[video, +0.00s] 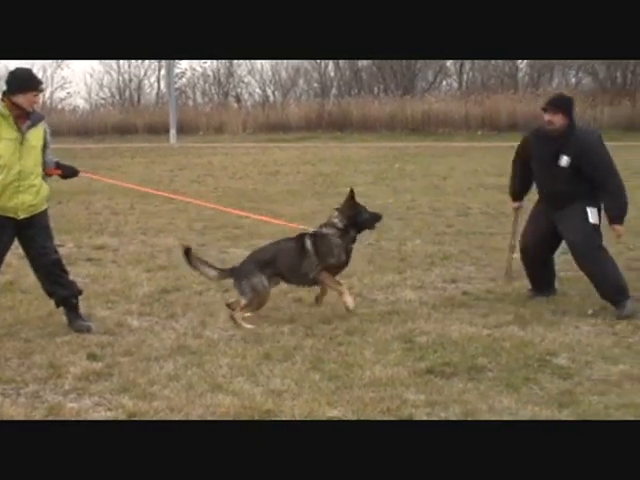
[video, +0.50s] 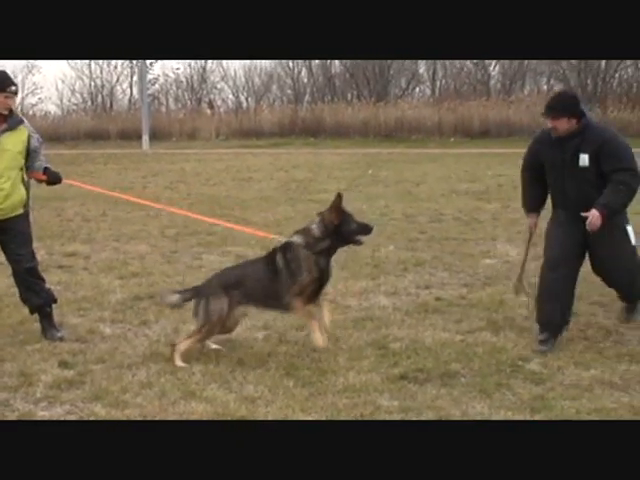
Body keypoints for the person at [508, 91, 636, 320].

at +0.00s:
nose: (548, 118)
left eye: (554, 114)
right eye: (546, 113)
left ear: (567, 117)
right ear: (542, 114)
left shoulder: (586, 141)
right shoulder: (534, 140)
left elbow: (609, 178)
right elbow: (521, 166)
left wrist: (616, 216)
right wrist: (517, 195)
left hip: (580, 206)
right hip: (547, 205)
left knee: (587, 252)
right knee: (531, 246)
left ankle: (622, 300)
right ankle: (542, 289)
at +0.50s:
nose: (550, 124)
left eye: (555, 119)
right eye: (549, 119)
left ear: (573, 119)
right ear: (549, 118)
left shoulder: (603, 140)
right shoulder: (543, 144)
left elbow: (627, 177)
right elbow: (532, 175)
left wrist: (602, 210)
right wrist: (533, 209)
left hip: (605, 218)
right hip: (565, 218)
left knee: (616, 267)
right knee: (555, 270)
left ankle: (632, 298)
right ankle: (549, 328)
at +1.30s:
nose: (567, 123)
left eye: (572, 118)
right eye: (566, 118)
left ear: (589, 119)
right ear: (575, 118)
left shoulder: (625, 143)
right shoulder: (564, 141)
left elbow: (636, 190)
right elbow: (550, 174)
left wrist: (619, 228)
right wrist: (544, 211)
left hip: (623, 225)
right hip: (583, 220)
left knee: (636, 282)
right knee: (556, 269)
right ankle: (567, 335)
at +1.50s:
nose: (526, 126)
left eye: (528, 121)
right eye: (525, 121)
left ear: (543, 117)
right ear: (541, 117)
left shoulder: (575, 132)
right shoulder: (549, 134)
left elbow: (570, 178)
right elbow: (546, 171)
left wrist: (527, 186)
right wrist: (536, 205)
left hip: (594, 217)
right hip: (561, 215)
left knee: (604, 281)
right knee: (530, 260)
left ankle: (636, 340)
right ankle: (538, 324)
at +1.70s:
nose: (503, 142)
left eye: (504, 137)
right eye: (501, 138)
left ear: (516, 129)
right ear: (517, 129)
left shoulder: (545, 144)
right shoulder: (530, 146)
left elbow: (550, 198)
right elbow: (541, 193)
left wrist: (524, 227)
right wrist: (529, 221)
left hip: (580, 223)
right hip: (552, 223)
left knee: (585, 287)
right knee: (525, 269)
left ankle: (631, 347)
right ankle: (521, 332)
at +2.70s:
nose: (570, 126)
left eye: (577, 122)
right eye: (568, 119)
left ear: (594, 121)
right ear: (564, 113)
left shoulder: (618, 143)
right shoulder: (546, 132)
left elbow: (634, 184)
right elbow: (518, 163)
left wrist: (622, 215)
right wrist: (507, 205)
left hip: (594, 226)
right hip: (547, 220)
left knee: (612, 287)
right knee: (516, 272)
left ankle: (632, 352)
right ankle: (495, 334)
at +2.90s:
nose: (552, 124)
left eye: (559, 120)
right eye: (549, 117)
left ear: (577, 116)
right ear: (545, 112)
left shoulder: (599, 137)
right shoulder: (529, 135)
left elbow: (622, 173)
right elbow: (501, 172)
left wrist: (610, 206)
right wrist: (497, 218)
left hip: (583, 227)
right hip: (534, 224)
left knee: (607, 287)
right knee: (508, 280)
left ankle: (631, 350)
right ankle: (493, 341)